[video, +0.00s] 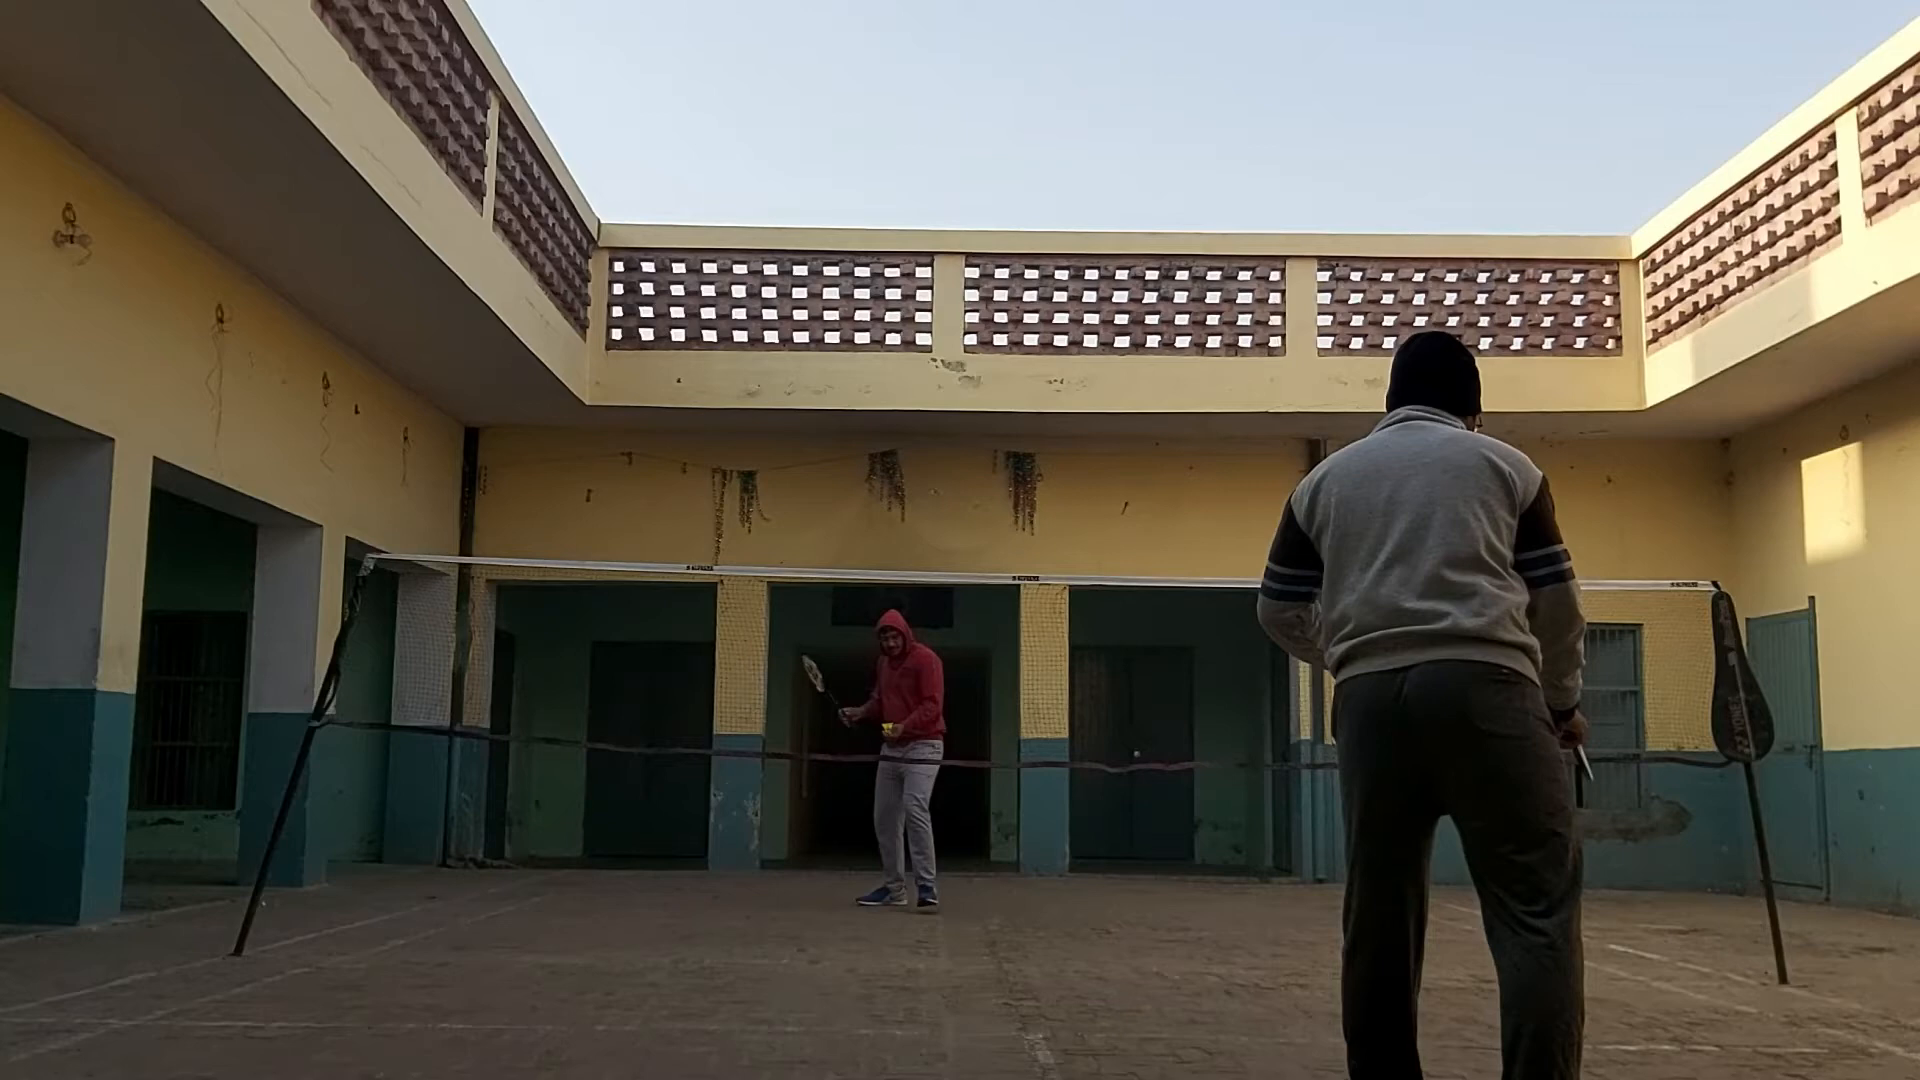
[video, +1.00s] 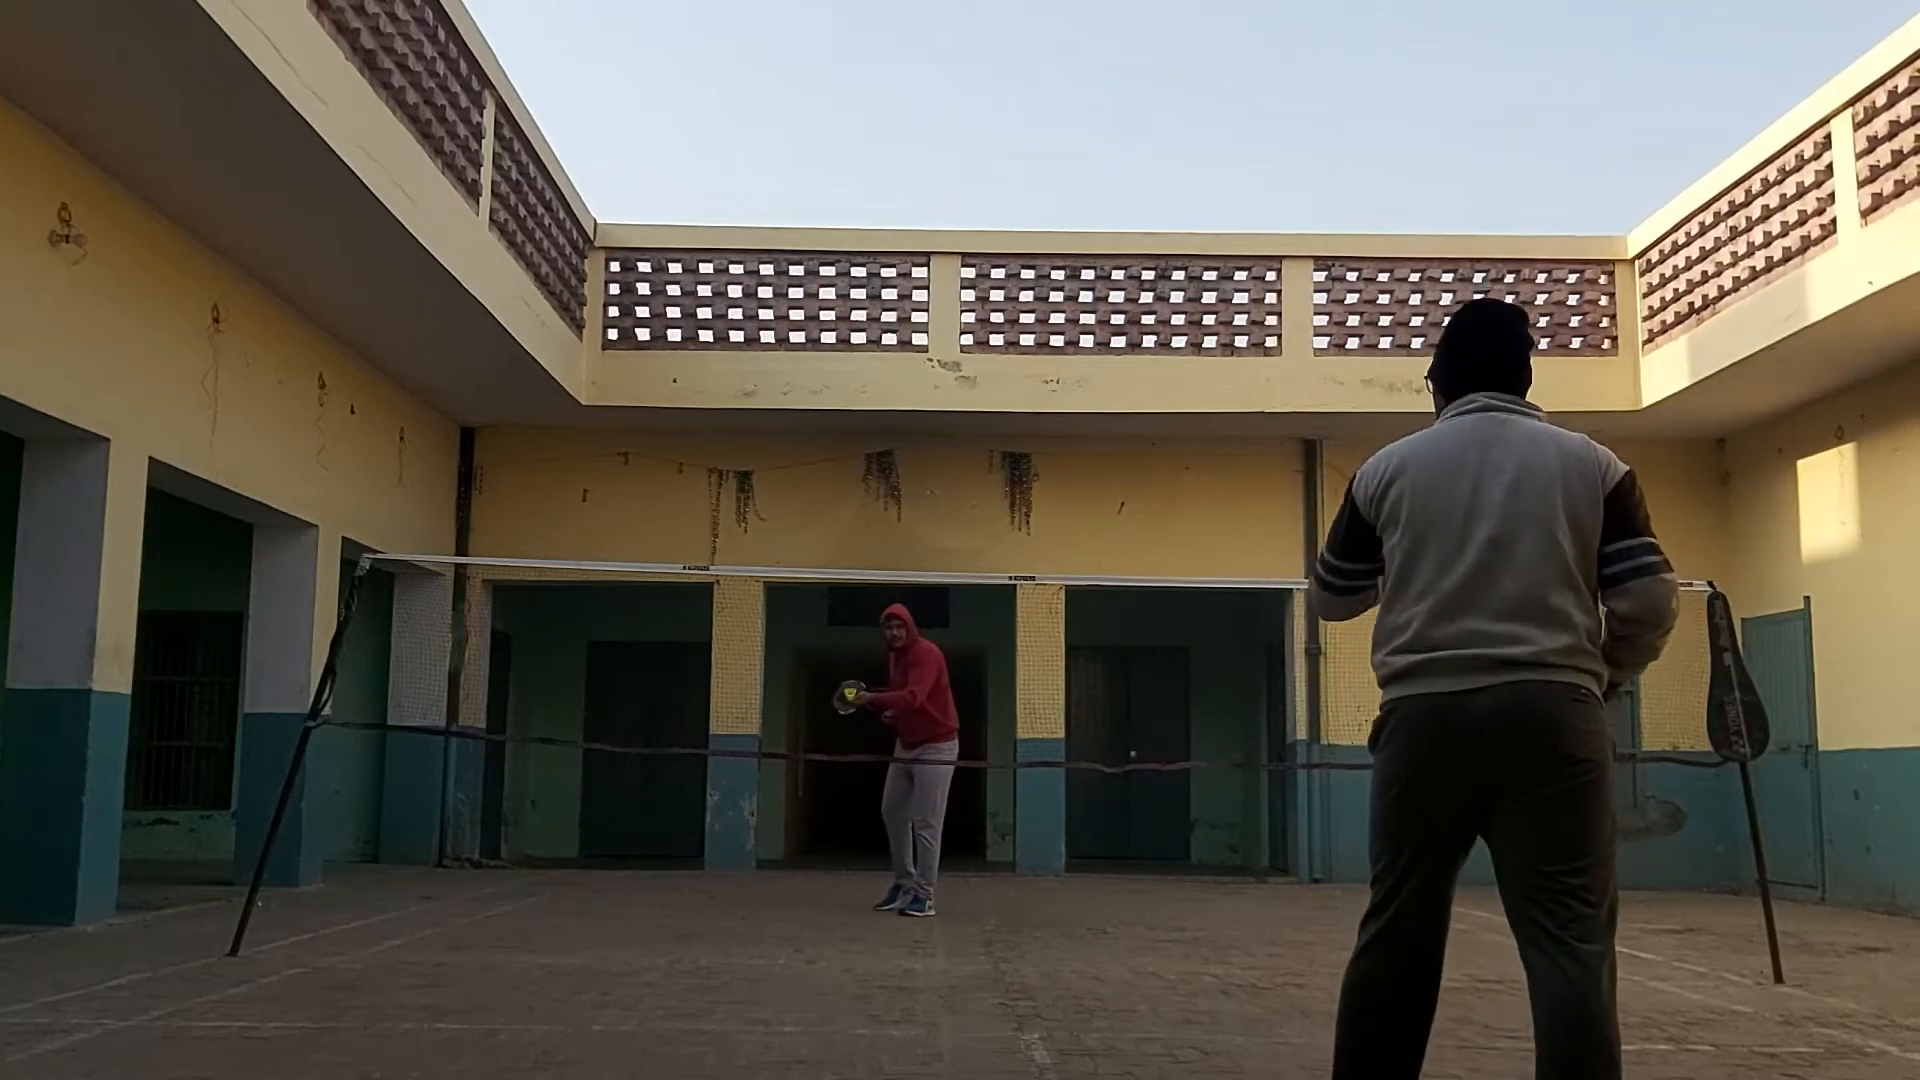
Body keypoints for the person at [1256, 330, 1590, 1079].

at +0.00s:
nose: (1478, 414)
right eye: (1478, 404)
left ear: (1390, 398)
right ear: (1470, 404)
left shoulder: (1323, 480)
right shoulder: (1508, 467)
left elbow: (1281, 609)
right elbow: (1557, 602)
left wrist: (1354, 656)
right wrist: (1563, 700)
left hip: (1371, 703)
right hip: (1491, 698)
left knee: (1380, 905)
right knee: (1534, 908)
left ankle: (1382, 1079)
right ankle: (1541, 1075)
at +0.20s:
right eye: (1485, 390)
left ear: (1401, 391)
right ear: (1485, 392)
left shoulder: (1342, 474)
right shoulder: (1530, 464)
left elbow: (1310, 601)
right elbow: (1575, 603)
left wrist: (1394, 607)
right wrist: (1569, 692)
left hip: (1386, 712)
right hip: (1508, 708)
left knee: (1389, 919)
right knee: (1555, 919)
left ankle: (1383, 1077)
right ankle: (1575, 1078)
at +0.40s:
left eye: (1443, 378)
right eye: (1526, 370)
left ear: (1441, 385)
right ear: (1527, 379)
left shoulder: (1392, 467)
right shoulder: (1596, 468)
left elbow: (1342, 582)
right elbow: (1643, 619)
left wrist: (1424, 526)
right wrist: (1589, 670)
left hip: (1420, 722)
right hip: (1551, 722)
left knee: (1404, 931)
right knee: (1569, 945)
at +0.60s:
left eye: (1450, 362)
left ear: (1451, 371)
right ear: (1541, 365)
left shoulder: (1406, 451)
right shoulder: (1618, 457)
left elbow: (1356, 549)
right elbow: (1665, 603)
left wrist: (1439, 439)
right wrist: (1590, 654)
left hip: (1443, 716)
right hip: (1576, 715)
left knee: (1408, 928)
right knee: (1578, 945)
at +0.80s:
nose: (1441, 374)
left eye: (1442, 362)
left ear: (1446, 370)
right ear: (1534, 364)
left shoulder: (1400, 450)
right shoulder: (1608, 457)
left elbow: (1356, 549)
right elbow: (1659, 599)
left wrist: (1439, 434)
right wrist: (1591, 652)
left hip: (1438, 718)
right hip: (1571, 717)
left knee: (1403, 930)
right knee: (1575, 946)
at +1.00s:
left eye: (1435, 370)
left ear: (1439, 377)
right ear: (1526, 377)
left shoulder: (1389, 468)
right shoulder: (1594, 463)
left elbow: (1334, 595)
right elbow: (1648, 603)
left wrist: (1420, 550)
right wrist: (1597, 675)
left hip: (1423, 720)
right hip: (1556, 716)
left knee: (1399, 929)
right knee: (1570, 941)